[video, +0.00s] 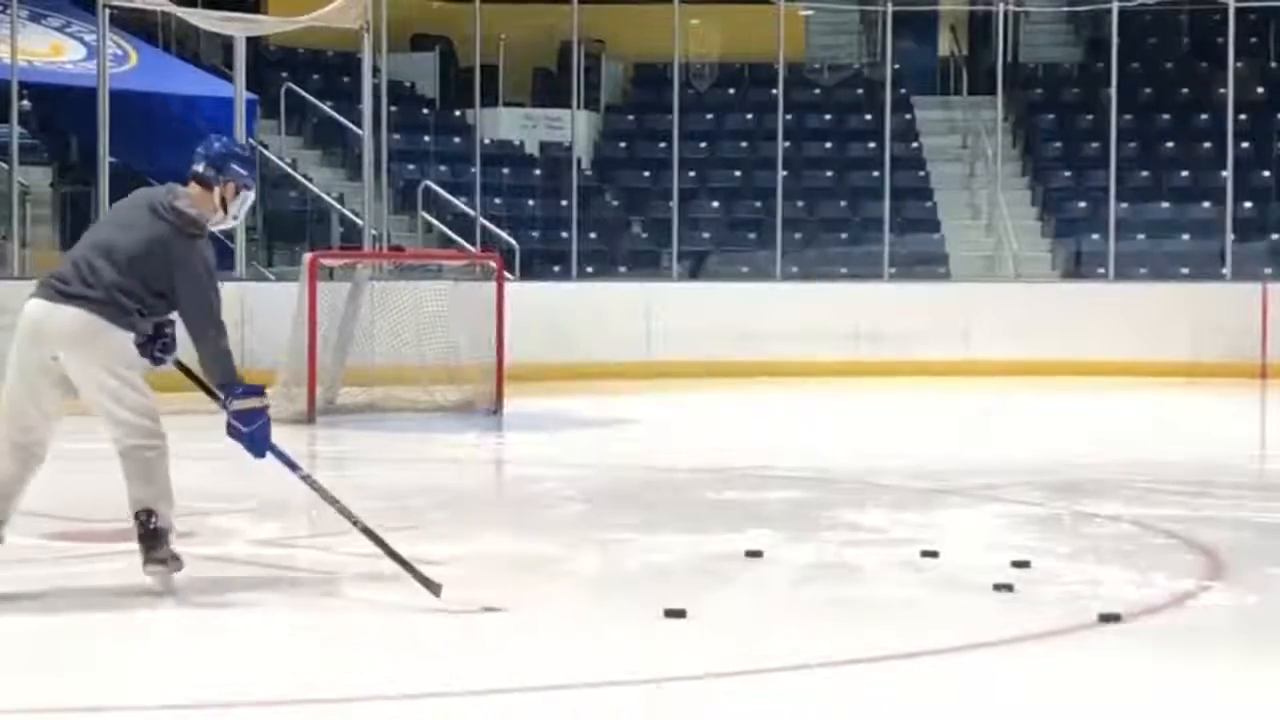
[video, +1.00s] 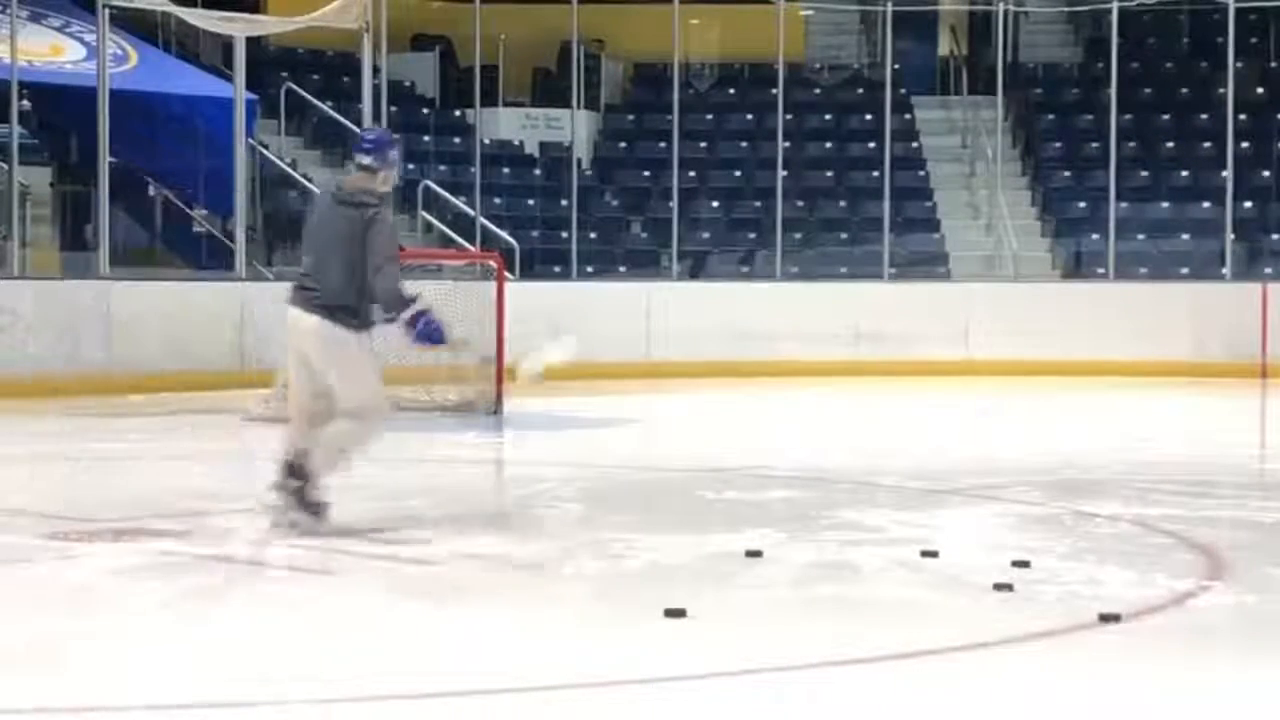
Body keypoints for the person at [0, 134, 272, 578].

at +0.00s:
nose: (239, 208)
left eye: (243, 197)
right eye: (239, 194)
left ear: (195, 177)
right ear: (221, 186)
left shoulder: (142, 199)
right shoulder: (190, 243)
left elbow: (116, 261)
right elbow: (208, 331)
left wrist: (150, 322)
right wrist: (236, 396)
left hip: (39, 312)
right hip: (94, 326)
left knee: (19, 442)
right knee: (138, 433)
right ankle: (154, 538)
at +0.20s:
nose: (250, 216)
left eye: (253, 205)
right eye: (251, 204)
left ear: (209, 186)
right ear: (239, 200)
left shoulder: (162, 204)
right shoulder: (202, 249)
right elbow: (195, 329)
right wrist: (203, 392)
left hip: (60, 306)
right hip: (114, 321)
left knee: (46, 424)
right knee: (155, 428)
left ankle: (20, 520)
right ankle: (177, 535)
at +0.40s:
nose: (252, 224)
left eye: (255, 215)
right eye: (254, 214)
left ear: (213, 196)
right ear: (242, 210)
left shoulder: (168, 206)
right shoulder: (231, 253)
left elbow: (103, 220)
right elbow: (200, 313)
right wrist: (194, 344)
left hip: (97, 323)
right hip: (144, 338)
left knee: (103, 422)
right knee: (136, 432)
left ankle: (96, 501)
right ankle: (115, 498)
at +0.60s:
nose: (280, 215)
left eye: (280, 206)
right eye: (279, 206)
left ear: (240, 196)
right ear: (268, 206)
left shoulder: (195, 218)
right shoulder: (269, 253)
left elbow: (137, 246)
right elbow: (240, 296)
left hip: (147, 330)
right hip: (189, 347)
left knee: (186, 422)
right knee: (166, 450)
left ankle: (151, 500)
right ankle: (97, 500)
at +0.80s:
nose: (317, 186)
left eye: (312, 177)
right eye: (317, 178)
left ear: (281, 171)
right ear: (315, 180)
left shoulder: (245, 206)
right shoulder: (316, 226)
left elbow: (207, 258)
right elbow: (318, 296)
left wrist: (230, 294)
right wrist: (322, 352)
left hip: (218, 318)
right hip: (259, 331)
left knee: (228, 417)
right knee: (256, 430)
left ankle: (211, 493)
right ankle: (193, 483)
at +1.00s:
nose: (395, 178)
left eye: (394, 170)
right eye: (394, 170)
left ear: (356, 164)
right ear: (386, 171)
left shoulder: (326, 199)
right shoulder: (376, 214)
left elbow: (314, 253)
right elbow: (383, 282)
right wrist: (413, 314)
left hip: (300, 314)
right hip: (337, 327)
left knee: (308, 408)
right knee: (368, 410)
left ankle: (295, 486)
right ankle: (306, 467)